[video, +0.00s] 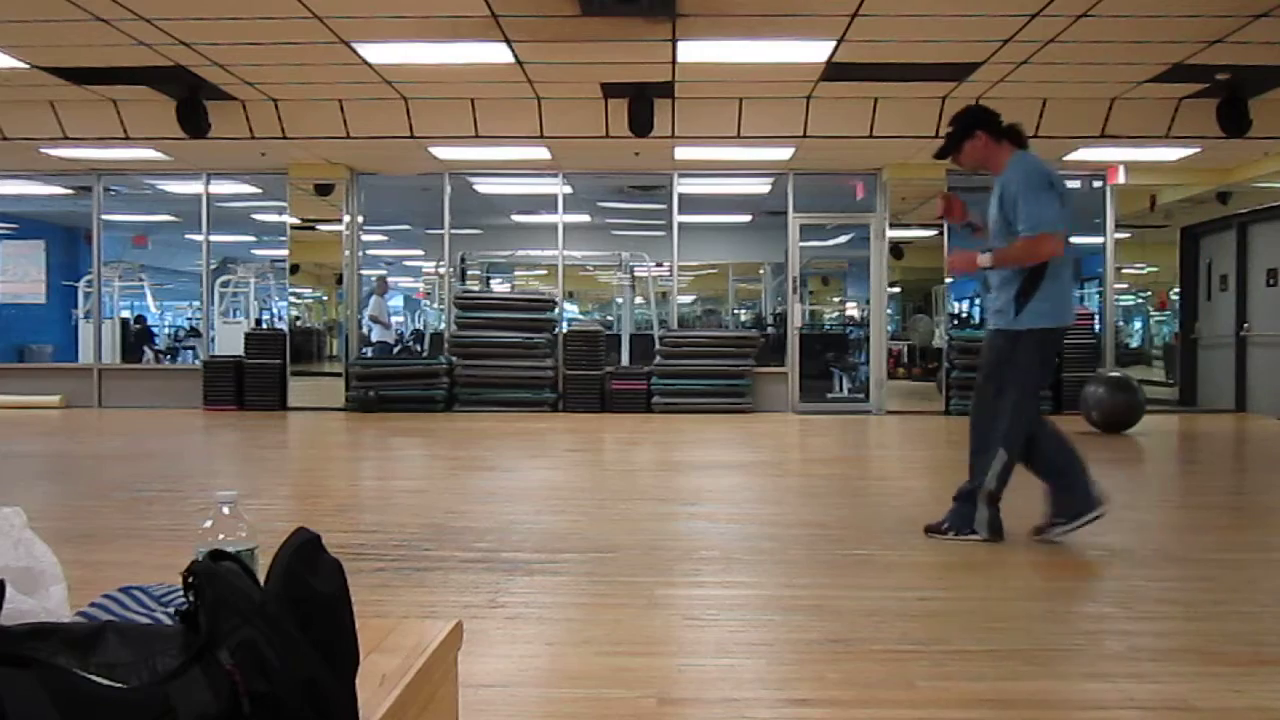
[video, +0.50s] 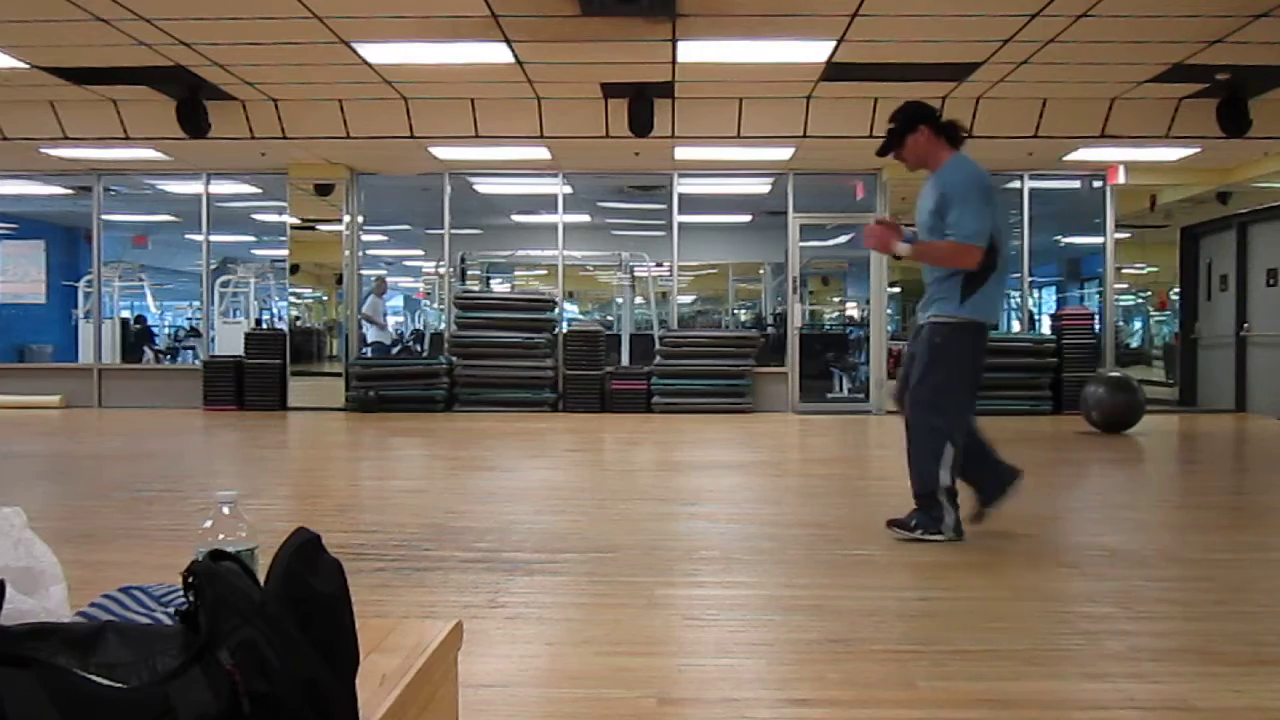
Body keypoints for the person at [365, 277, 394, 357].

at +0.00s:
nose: (387, 288)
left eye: (386, 285)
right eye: (385, 285)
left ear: (385, 286)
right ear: (379, 286)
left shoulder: (383, 300)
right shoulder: (375, 299)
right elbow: (371, 316)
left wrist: (388, 323)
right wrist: (385, 324)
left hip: (386, 338)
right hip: (380, 338)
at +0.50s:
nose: (386, 288)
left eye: (386, 286)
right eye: (384, 286)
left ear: (384, 286)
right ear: (378, 286)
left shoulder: (381, 300)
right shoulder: (372, 298)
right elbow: (365, 313)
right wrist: (379, 323)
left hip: (384, 336)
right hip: (376, 337)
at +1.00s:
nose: (386, 288)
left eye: (386, 286)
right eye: (383, 286)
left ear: (386, 286)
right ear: (378, 286)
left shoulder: (381, 300)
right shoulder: (372, 298)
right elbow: (365, 314)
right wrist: (380, 322)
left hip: (385, 338)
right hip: (377, 338)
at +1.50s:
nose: (386, 289)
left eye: (386, 286)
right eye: (384, 286)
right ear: (378, 286)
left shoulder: (380, 300)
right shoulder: (373, 299)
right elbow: (367, 314)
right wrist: (381, 322)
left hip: (384, 337)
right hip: (377, 338)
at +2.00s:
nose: (385, 289)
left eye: (385, 286)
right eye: (383, 286)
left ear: (385, 287)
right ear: (377, 287)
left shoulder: (381, 300)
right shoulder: (373, 299)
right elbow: (365, 314)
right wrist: (379, 323)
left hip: (384, 337)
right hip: (376, 337)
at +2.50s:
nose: (385, 288)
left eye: (385, 286)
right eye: (383, 286)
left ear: (385, 287)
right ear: (377, 287)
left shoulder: (381, 301)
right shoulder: (372, 299)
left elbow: (383, 316)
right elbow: (365, 314)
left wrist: (386, 324)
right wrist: (378, 324)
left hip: (384, 337)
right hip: (376, 338)